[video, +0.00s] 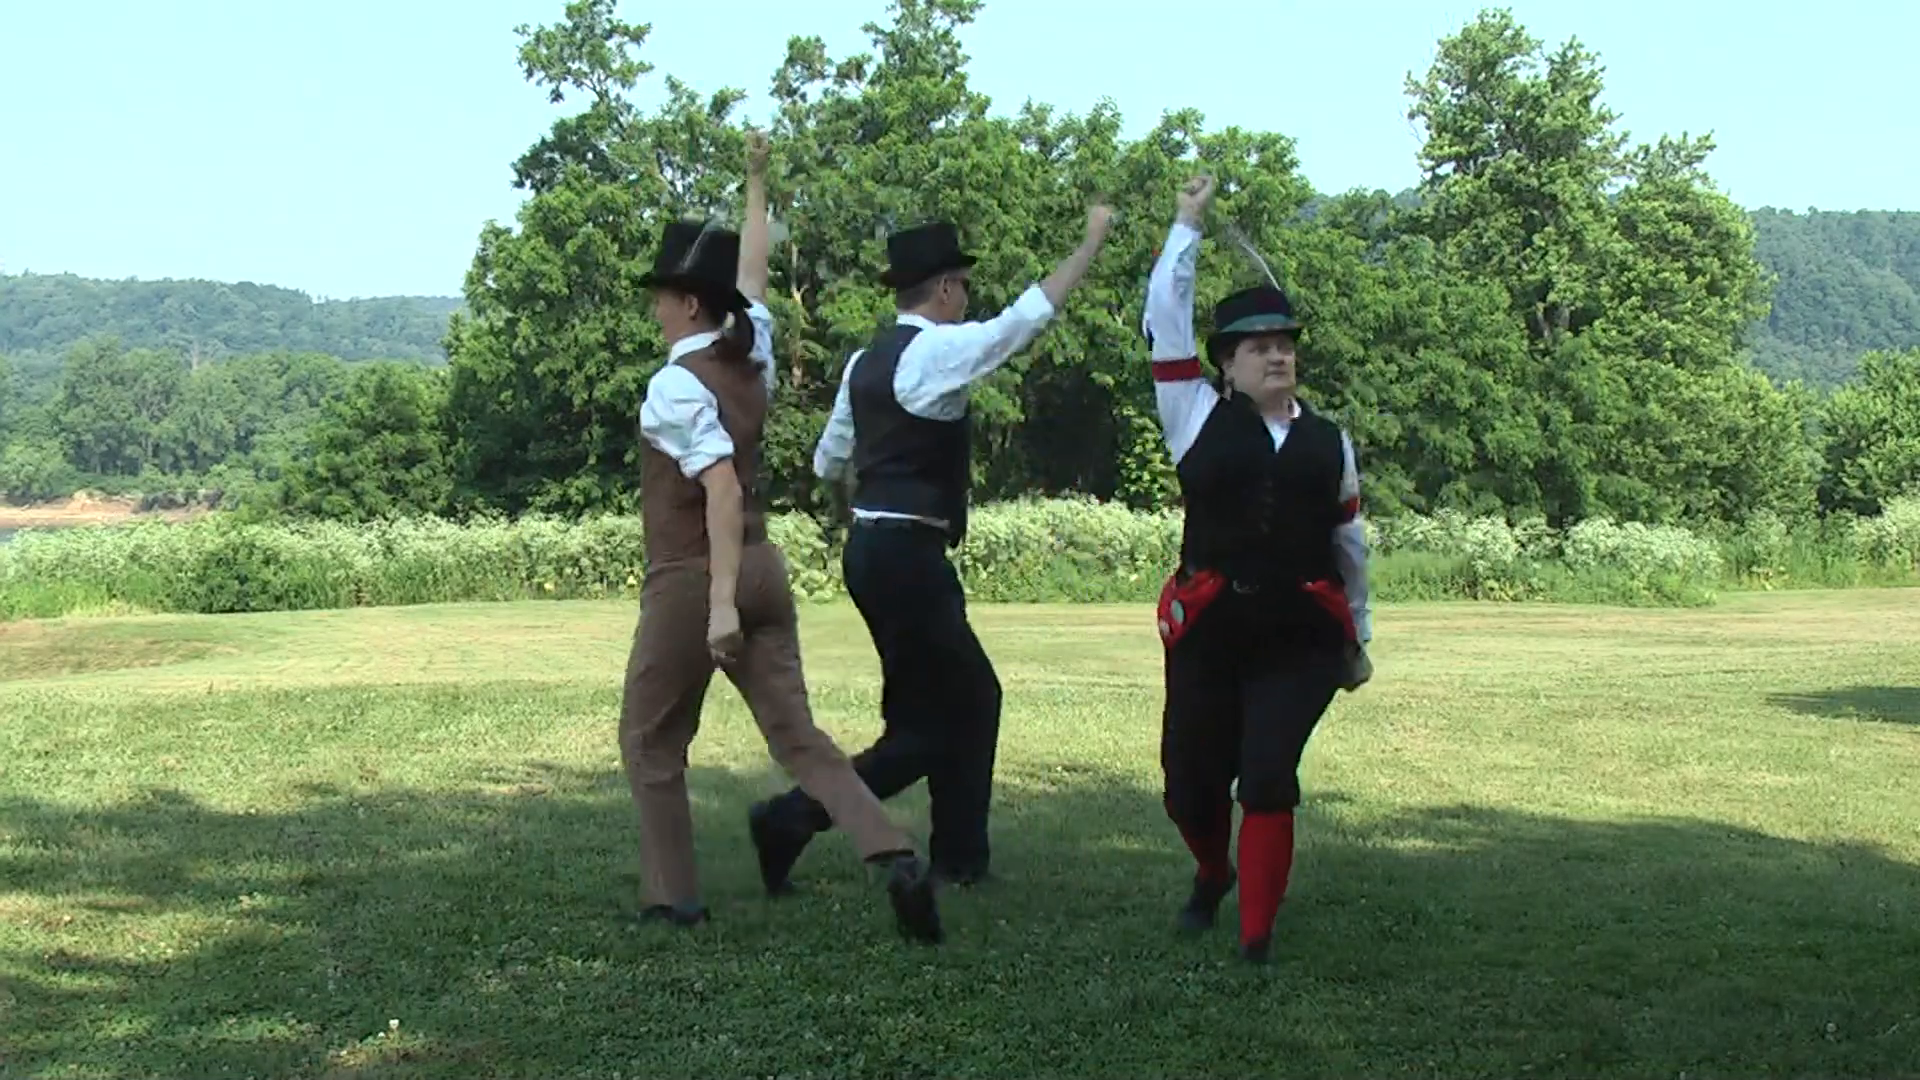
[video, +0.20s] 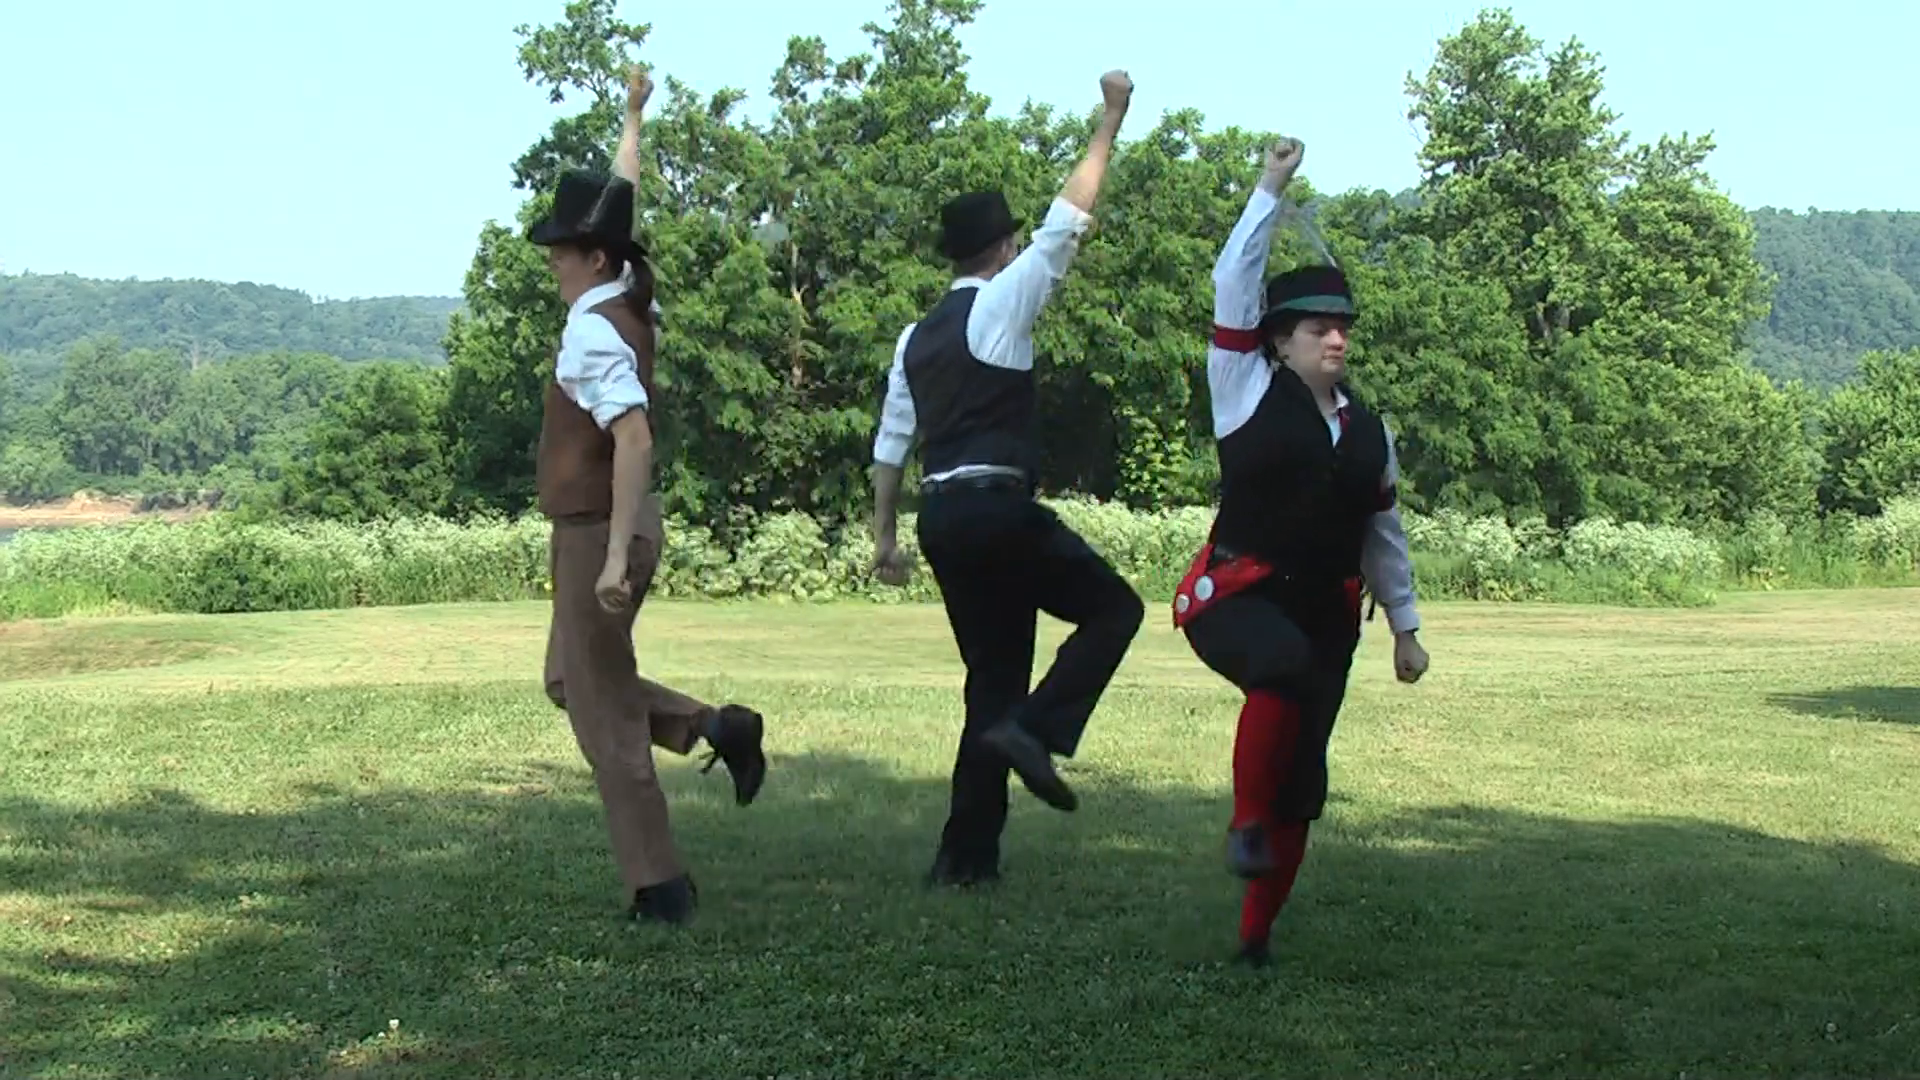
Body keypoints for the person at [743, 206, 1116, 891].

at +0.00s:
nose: (967, 296)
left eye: (963, 285)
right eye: (962, 284)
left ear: (907, 293)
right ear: (944, 289)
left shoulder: (864, 361)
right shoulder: (935, 349)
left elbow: (830, 459)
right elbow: (1024, 319)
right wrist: (1089, 247)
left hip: (873, 552)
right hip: (908, 553)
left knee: (934, 721)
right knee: (973, 698)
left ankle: (792, 820)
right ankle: (959, 861)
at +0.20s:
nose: (1018, 248)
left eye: (1008, 239)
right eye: (1012, 236)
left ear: (951, 255)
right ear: (1005, 246)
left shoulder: (913, 338)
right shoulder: (1006, 297)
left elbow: (891, 441)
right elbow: (1068, 219)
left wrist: (882, 531)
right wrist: (1106, 123)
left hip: (943, 520)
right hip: (999, 510)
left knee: (994, 684)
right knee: (1114, 607)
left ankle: (967, 854)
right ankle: (1035, 730)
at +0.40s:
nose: (1070, 260)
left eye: (1059, 253)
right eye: (1070, 252)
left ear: (1003, 257)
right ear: (1061, 252)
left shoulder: (967, 330)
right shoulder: (1075, 295)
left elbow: (931, 432)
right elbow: (1127, 209)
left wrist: (923, 520)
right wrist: (1139, 107)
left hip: (1003, 513)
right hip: (1080, 497)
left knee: (1055, 679)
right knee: (1135, 608)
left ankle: (1101, 855)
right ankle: (1128, 713)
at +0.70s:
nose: (1075, 284)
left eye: (1074, 276)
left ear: (1073, 284)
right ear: (1134, 283)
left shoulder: (1040, 362)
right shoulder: (1158, 334)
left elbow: (1017, 458)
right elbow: (1203, 248)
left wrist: (1003, 548)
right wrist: (1209, 153)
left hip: (1080, 540)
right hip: (1156, 531)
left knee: (1105, 698)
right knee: (1174, 652)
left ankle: (1117, 858)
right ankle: (1215, 788)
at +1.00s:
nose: (1094, 292)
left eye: (1099, 282)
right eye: (1098, 280)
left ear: (1118, 289)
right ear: (1155, 290)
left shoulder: (1101, 358)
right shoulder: (1184, 338)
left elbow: (1118, 457)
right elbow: (1193, 260)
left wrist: (1106, 539)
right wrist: (1187, 169)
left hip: (1133, 529)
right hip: (1186, 528)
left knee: (1053, 650)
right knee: (1172, 689)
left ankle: (1144, 731)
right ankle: (1214, 837)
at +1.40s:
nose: (1040, 315)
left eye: (1052, 306)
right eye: (1041, 304)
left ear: (1090, 313)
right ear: (1083, 310)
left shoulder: (1097, 380)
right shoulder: (1089, 362)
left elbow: (1150, 469)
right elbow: (1076, 273)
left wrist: (1155, 563)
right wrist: (1070, 191)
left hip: (1102, 557)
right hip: (1112, 557)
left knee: (974, 603)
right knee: (1111, 695)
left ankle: (1023, 738)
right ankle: (1179, 825)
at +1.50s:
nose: (1016, 321)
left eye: (1028, 312)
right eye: (1016, 310)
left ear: (1064, 318)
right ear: (1052, 316)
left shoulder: (1077, 383)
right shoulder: (1056, 366)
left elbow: (1122, 469)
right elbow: (1026, 280)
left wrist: (1086, 541)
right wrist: (1007, 212)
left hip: (1098, 555)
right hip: (1102, 556)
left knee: (957, 608)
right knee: (1102, 703)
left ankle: (967, 750)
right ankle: (1178, 835)